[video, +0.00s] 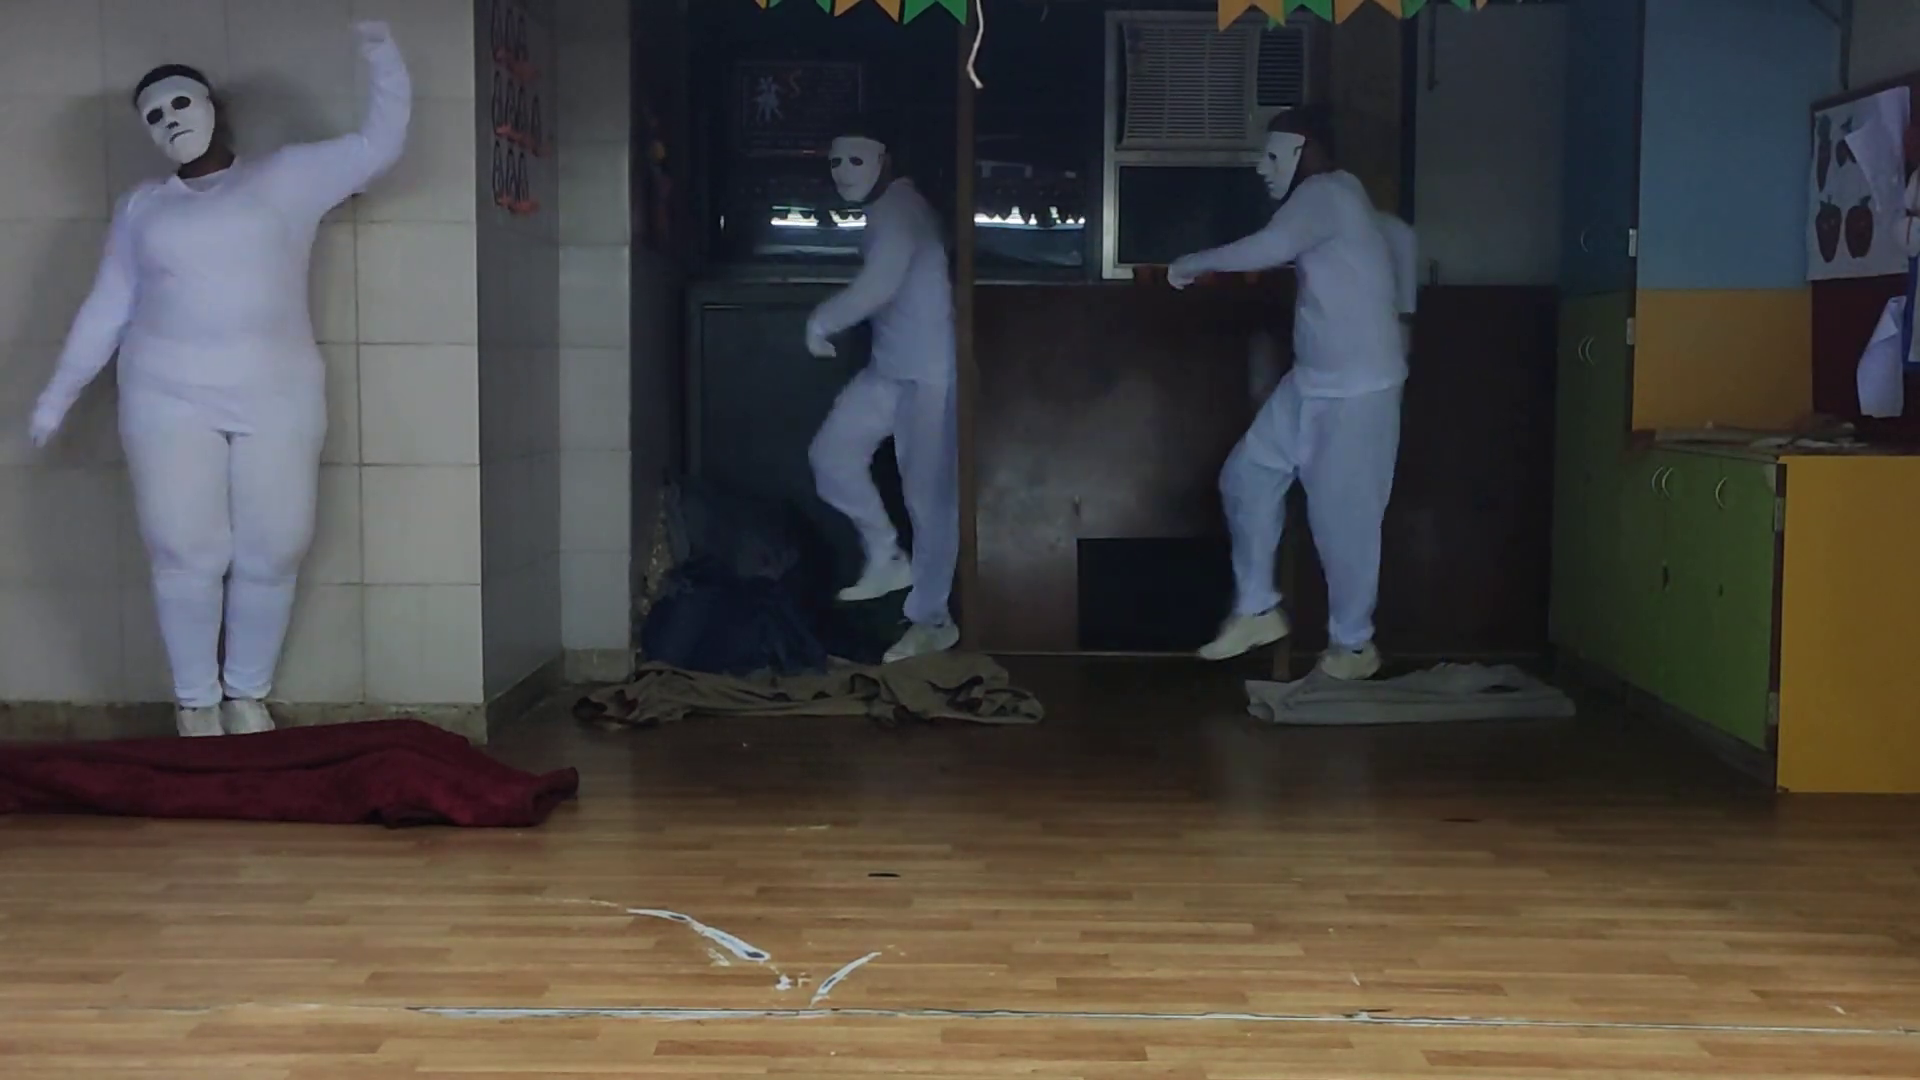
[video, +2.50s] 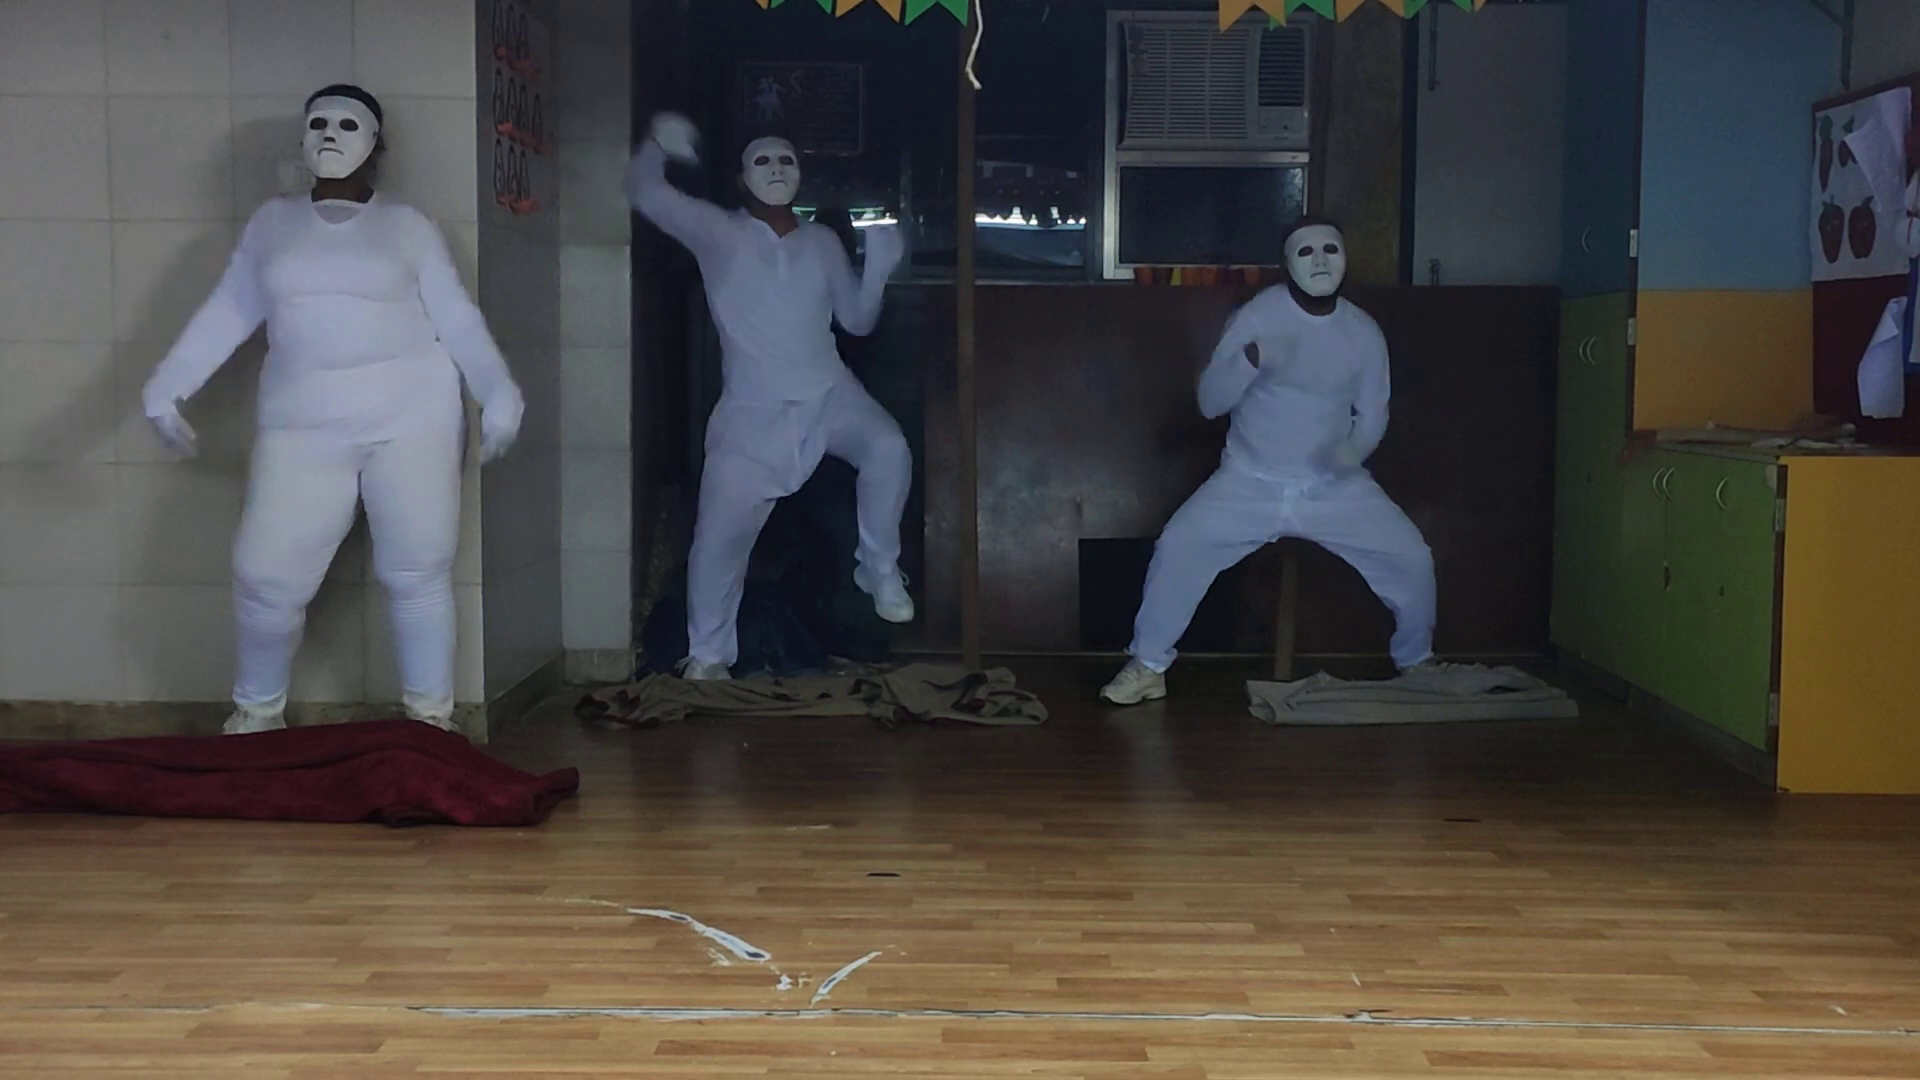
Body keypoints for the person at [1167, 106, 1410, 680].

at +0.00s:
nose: (1264, 168)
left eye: (1273, 157)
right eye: (1264, 157)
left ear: (1304, 151)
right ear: (1311, 153)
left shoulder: (1324, 194)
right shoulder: (1344, 200)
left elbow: (1272, 247)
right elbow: (1401, 233)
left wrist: (1188, 265)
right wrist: (1405, 307)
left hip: (1358, 386)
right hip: (1312, 381)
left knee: (1345, 512)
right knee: (1247, 480)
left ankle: (1353, 646)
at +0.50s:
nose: (1283, 168)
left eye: (1295, 157)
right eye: (1271, 157)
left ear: (1314, 164)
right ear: (1254, 165)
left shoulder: (1344, 221)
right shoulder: (1228, 213)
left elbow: (1408, 245)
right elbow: (1175, 231)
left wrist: (1389, 304)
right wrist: (1191, 261)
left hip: (1321, 408)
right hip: (1243, 406)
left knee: (1348, 527)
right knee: (1207, 519)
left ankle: (1371, 644)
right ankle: (1229, 639)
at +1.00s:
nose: (1214, 214)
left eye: (1226, 203)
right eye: (1202, 203)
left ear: (1244, 206)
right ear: (1186, 210)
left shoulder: (1263, 237)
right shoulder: (1176, 263)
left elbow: (1238, 289)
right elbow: (1194, 327)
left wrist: (1153, 307)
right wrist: (1188, 362)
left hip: (1286, 426)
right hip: (1215, 424)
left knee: (1303, 548)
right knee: (1171, 542)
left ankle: (1333, 645)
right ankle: (1142, 656)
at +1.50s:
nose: (1321, 249)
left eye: (1332, 237)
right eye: (1308, 239)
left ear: (1349, 241)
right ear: (1290, 245)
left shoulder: (1372, 292)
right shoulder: (1269, 284)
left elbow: (1397, 318)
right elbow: (1215, 334)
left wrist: (1402, 379)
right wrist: (1270, 339)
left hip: (1339, 456)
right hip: (1257, 455)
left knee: (1387, 557)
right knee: (1206, 553)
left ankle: (1422, 658)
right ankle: (1156, 658)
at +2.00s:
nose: (1221, 294)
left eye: (1233, 282)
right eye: (1208, 283)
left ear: (1252, 285)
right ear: (1194, 289)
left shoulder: (1272, 318)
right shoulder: (1192, 344)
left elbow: (1310, 358)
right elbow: (1199, 400)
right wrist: (1185, 446)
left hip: (1317, 486)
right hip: (1235, 483)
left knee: (1395, 570)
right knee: (1163, 535)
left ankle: (1421, 661)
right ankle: (1145, 665)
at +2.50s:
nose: (1319, 261)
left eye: (1330, 251)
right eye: (1306, 252)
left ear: (1345, 260)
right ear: (1288, 263)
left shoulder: (1364, 333)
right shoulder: (1257, 316)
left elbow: (1373, 414)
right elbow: (1210, 402)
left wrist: (1349, 454)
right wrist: (1248, 362)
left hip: (1335, 486)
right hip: (1247, 482)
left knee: (1412, 559)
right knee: (1178, 546)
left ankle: (1415, 661)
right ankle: (1147, 665)